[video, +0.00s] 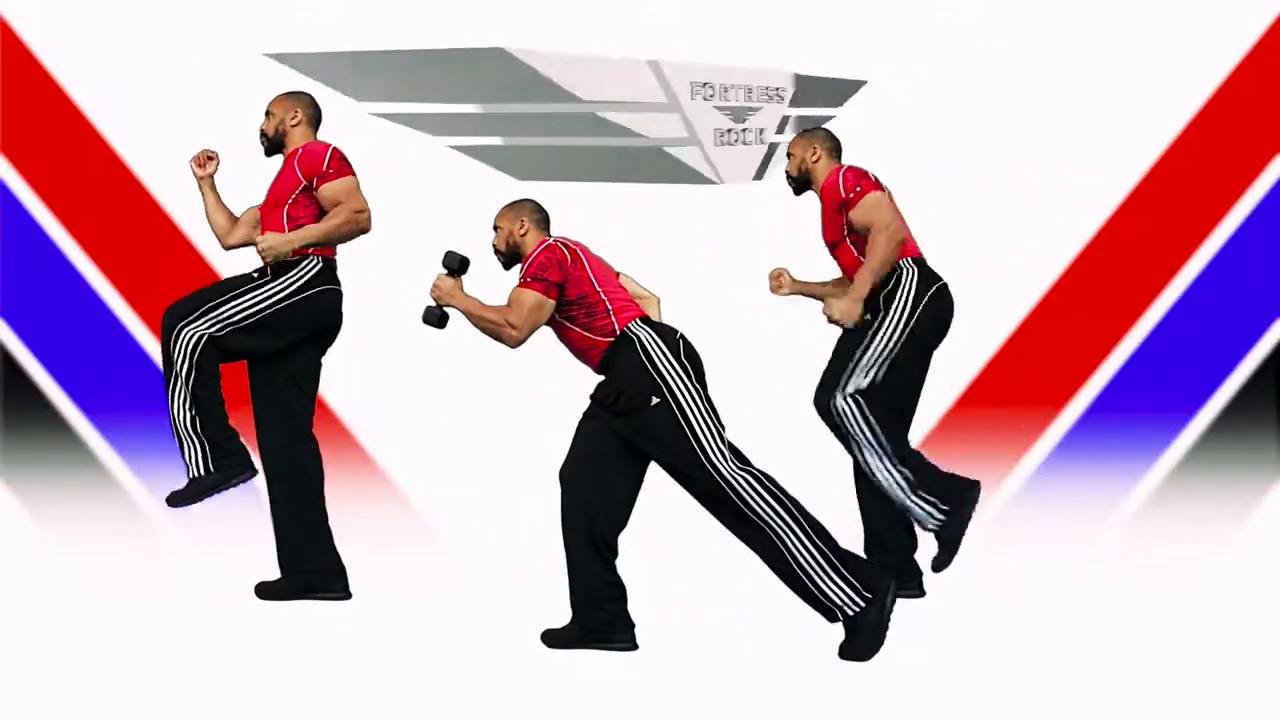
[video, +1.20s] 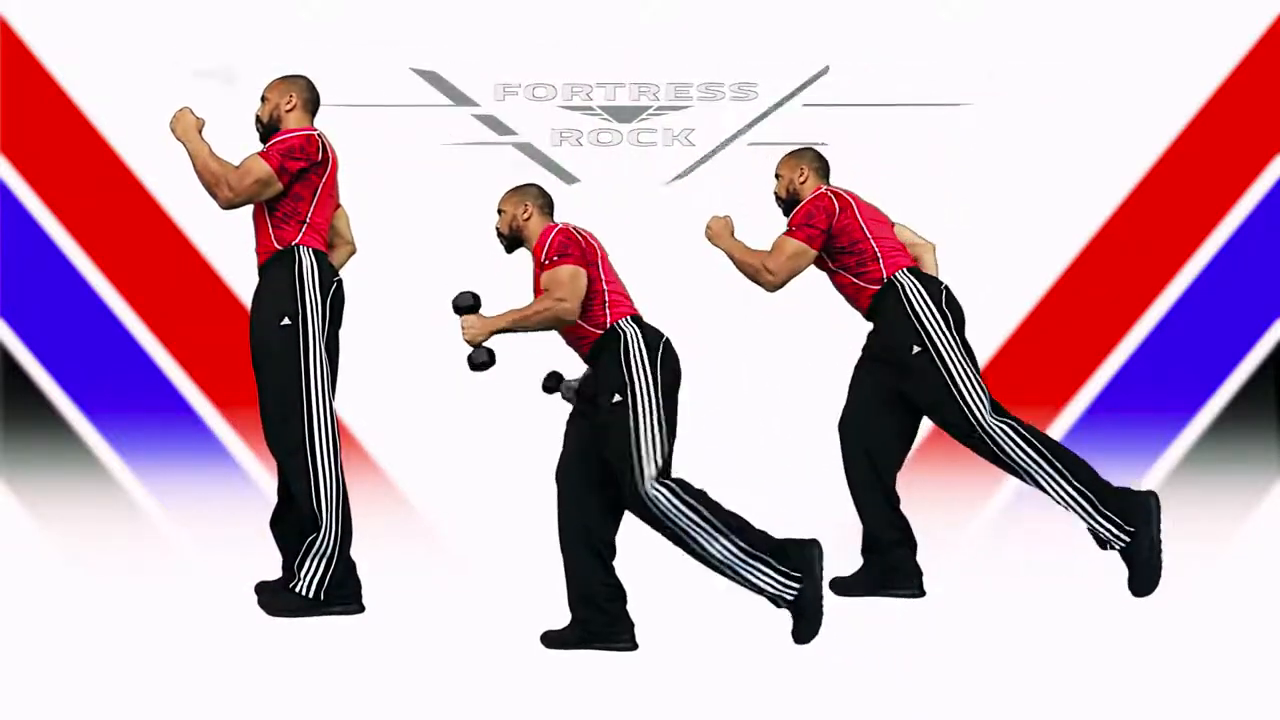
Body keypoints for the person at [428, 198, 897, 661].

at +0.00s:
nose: (493, 243)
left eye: (499, 232)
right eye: (494, 234)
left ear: (526, 226)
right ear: (533, 232)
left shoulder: (549, 254)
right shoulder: (569, 260)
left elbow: (513, 328)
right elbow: (645, 301)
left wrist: (457, 299)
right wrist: (662, 364)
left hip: (649, 358)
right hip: (626, 374)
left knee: (725, 479)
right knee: (583, 487)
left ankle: (857, 596)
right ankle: (603, 623)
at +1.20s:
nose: (498, 224)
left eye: (503, 214)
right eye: (497, 216)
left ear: (527, 210)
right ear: (529, 214)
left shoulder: (559, 237)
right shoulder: (548, 258)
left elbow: (565, 303)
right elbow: (595, 327)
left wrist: (494, 324)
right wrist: (587, 380)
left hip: (630, 351)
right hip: (605, 369)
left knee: (647, 486)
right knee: (580, 488)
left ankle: (791, 571)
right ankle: (600, 620)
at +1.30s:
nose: (508, 213)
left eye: (513, 203)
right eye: (508, 205)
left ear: (539, 200)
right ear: (541, 201)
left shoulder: (568, 227)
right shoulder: (559, 255)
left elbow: (593, 283)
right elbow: (589, 336)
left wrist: (528, 332)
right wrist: (543, 359)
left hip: (627, 345)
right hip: (607, 357)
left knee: (571, 460)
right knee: (577, 479)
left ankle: (686, 557)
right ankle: (601, 619)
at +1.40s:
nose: (517, 201)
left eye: (523, 191)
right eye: (519, 193)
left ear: (547, 189)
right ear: (548, 191)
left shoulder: (575, 215)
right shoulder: (565, 245)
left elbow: (621, 263)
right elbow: (572, 325)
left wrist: (579, 327)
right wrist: (506, 325)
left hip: (617, 335)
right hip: (618, 352)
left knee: (514, 406)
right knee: (592, 484)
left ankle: (554, 541)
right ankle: (603, 620)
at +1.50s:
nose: (525, 192)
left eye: (529, 181)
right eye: (525, 184)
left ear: (555, 178)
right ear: (559, 180)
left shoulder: (585, 207)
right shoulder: (567, 237)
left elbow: (641, 253)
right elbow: (543, 308)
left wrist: (617, 320)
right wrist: (488, 285)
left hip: (597, 335)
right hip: (609, 350)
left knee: (490, 356)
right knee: (589, 485)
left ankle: (503, 484)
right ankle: (603, 619)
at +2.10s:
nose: (532, 187)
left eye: (538, 177)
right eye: (533, 179)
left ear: (564, 176)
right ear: (564, 177)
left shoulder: (589, 205)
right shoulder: (571, 236)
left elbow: (638, 255)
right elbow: (550, 306)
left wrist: (616, 323)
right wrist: (494, 281)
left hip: (595, 333)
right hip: (614, 352)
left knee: (487, 357)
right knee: (581, 484)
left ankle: (494, 489)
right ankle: (602, 619)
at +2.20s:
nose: (526, 188)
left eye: (531, 178)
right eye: (527, 180)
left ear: (555, 176)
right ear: (561, 178)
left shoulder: (584, 209)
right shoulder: (568, 234)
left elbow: (616, 267)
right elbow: (572, 318)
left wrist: (575, 333)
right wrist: (512, 312)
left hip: (611, 337)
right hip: (615, 353)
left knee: (515, 409)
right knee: (584, 479)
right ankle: (602, 620)